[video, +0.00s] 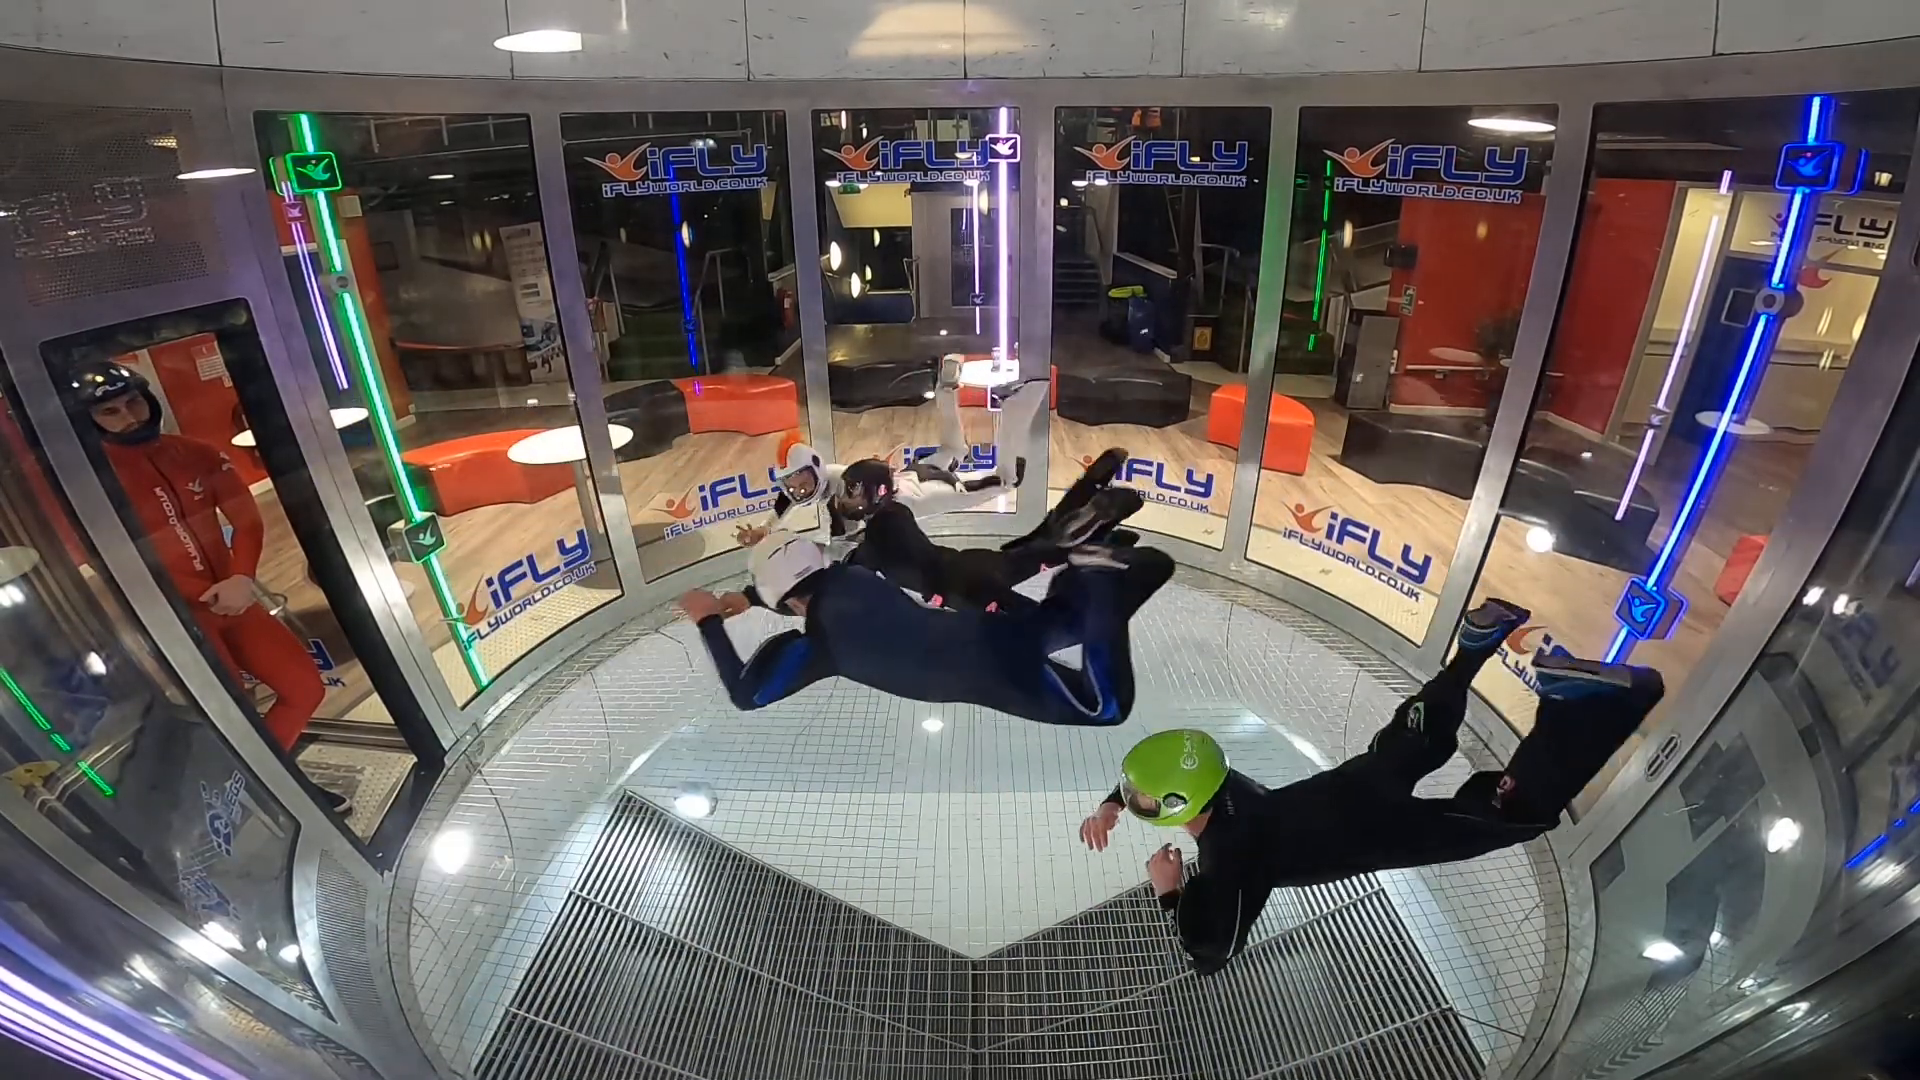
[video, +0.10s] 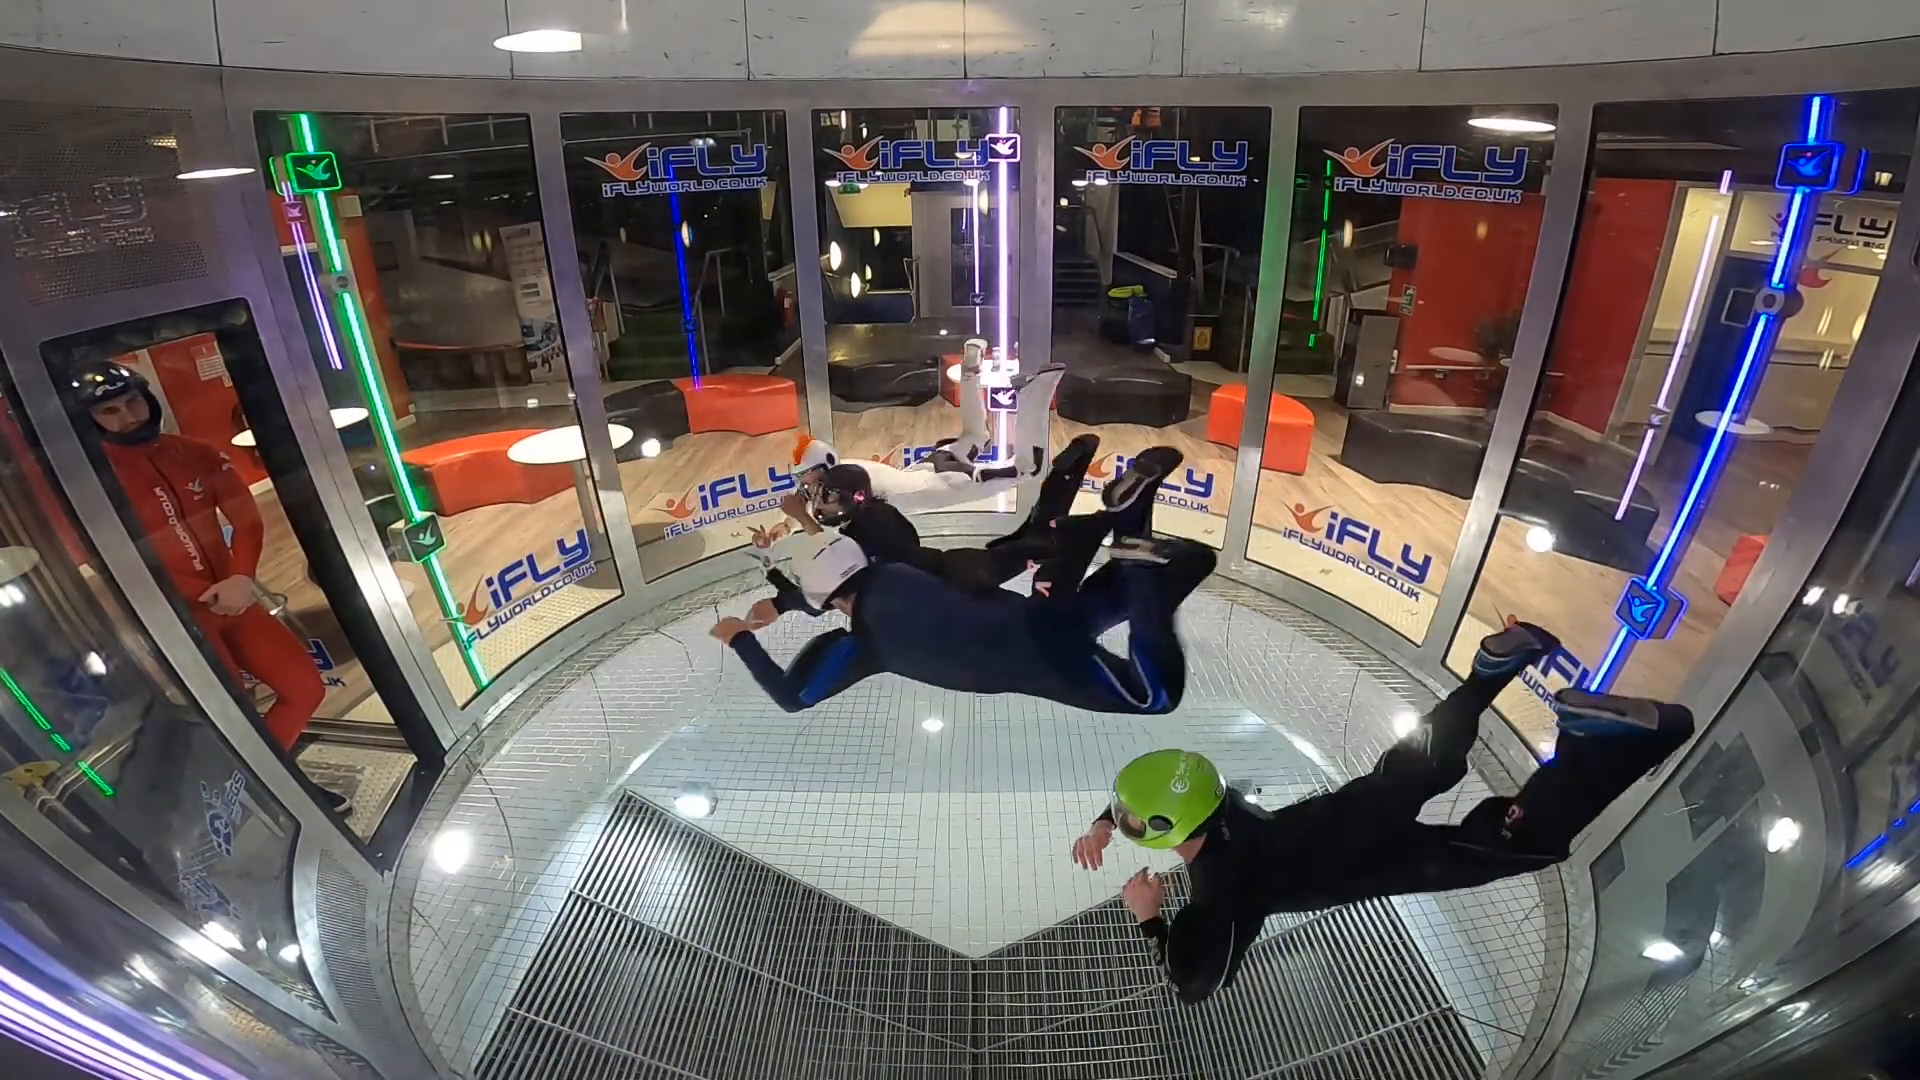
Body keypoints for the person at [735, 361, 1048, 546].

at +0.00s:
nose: (799, 490)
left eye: (802, 482)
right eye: (794, 486)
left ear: (814, 471)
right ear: (790, 484)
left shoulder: (838, 478)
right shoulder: (802, 495)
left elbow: (874, 481)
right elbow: (782, 517)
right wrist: (764, 534)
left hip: (909, 481)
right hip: (900, 489)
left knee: (956, 453)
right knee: (952, 488)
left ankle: (945, 388)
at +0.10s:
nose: (804, 480)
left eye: (807, 474)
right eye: (803, 475)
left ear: (818, 468)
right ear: (822, 462)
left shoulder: (843, 479)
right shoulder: (842, 472)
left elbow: (837, 517)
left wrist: (805, 512)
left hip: (922, 481)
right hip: (927, 466)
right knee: (974, 436)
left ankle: (1016, 472)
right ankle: (971, 371)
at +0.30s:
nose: (828, 491)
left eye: (833, 482)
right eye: (823, 485)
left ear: (850, 473)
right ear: (820, 480)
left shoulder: (878, 493)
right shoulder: (856, 471)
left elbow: (866, 547)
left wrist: (826, 535)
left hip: (970, 472)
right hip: (951, 457)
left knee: (1028, 452)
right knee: (1001, 420)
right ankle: (1017, 351)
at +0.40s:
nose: (830, 495)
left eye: (835, 486)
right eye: (825, 488)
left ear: (852, 475)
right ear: (829, 481)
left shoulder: (879, 496)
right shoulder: (855, 471)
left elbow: (859, 554)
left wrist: (823, 526)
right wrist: (813, 513)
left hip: (971, 473)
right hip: (952, 458)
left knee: (1050, 438)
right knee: (1006, 420)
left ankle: (1056, 363)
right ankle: (1033, 344)